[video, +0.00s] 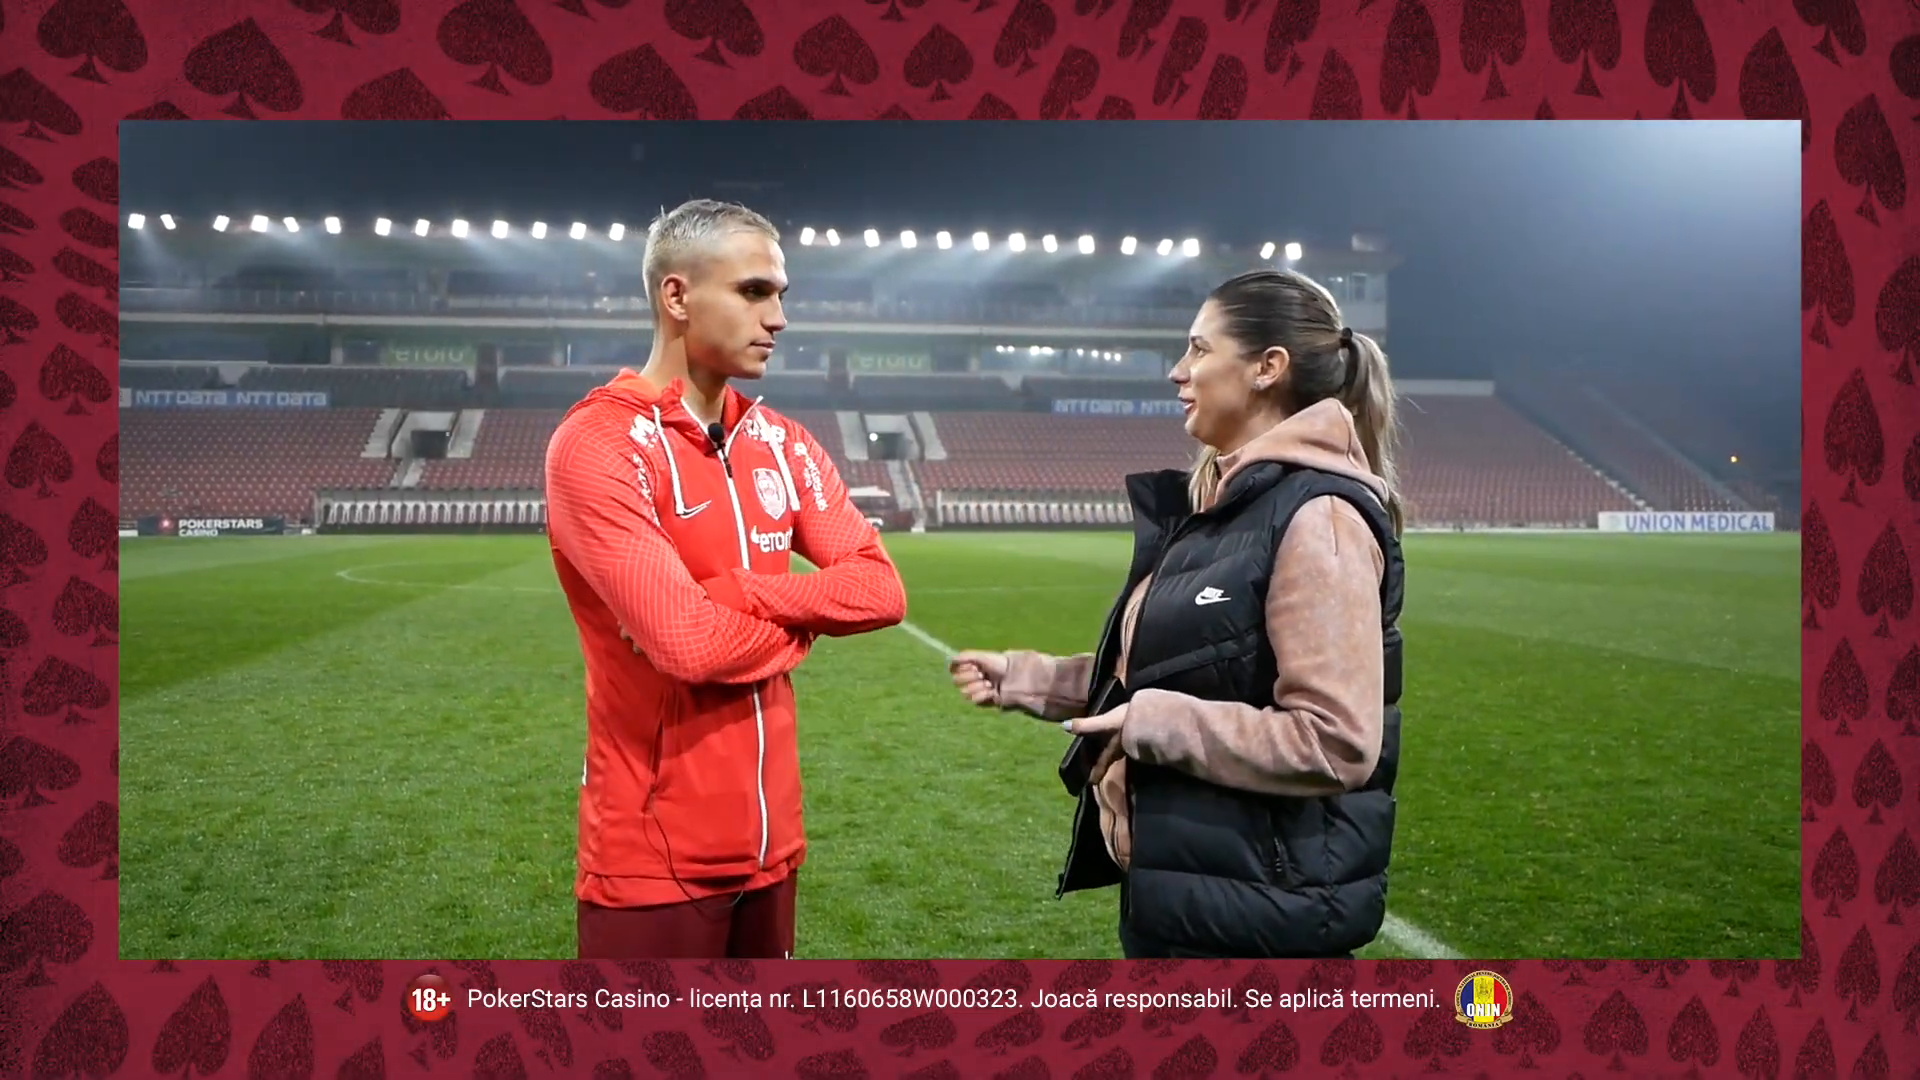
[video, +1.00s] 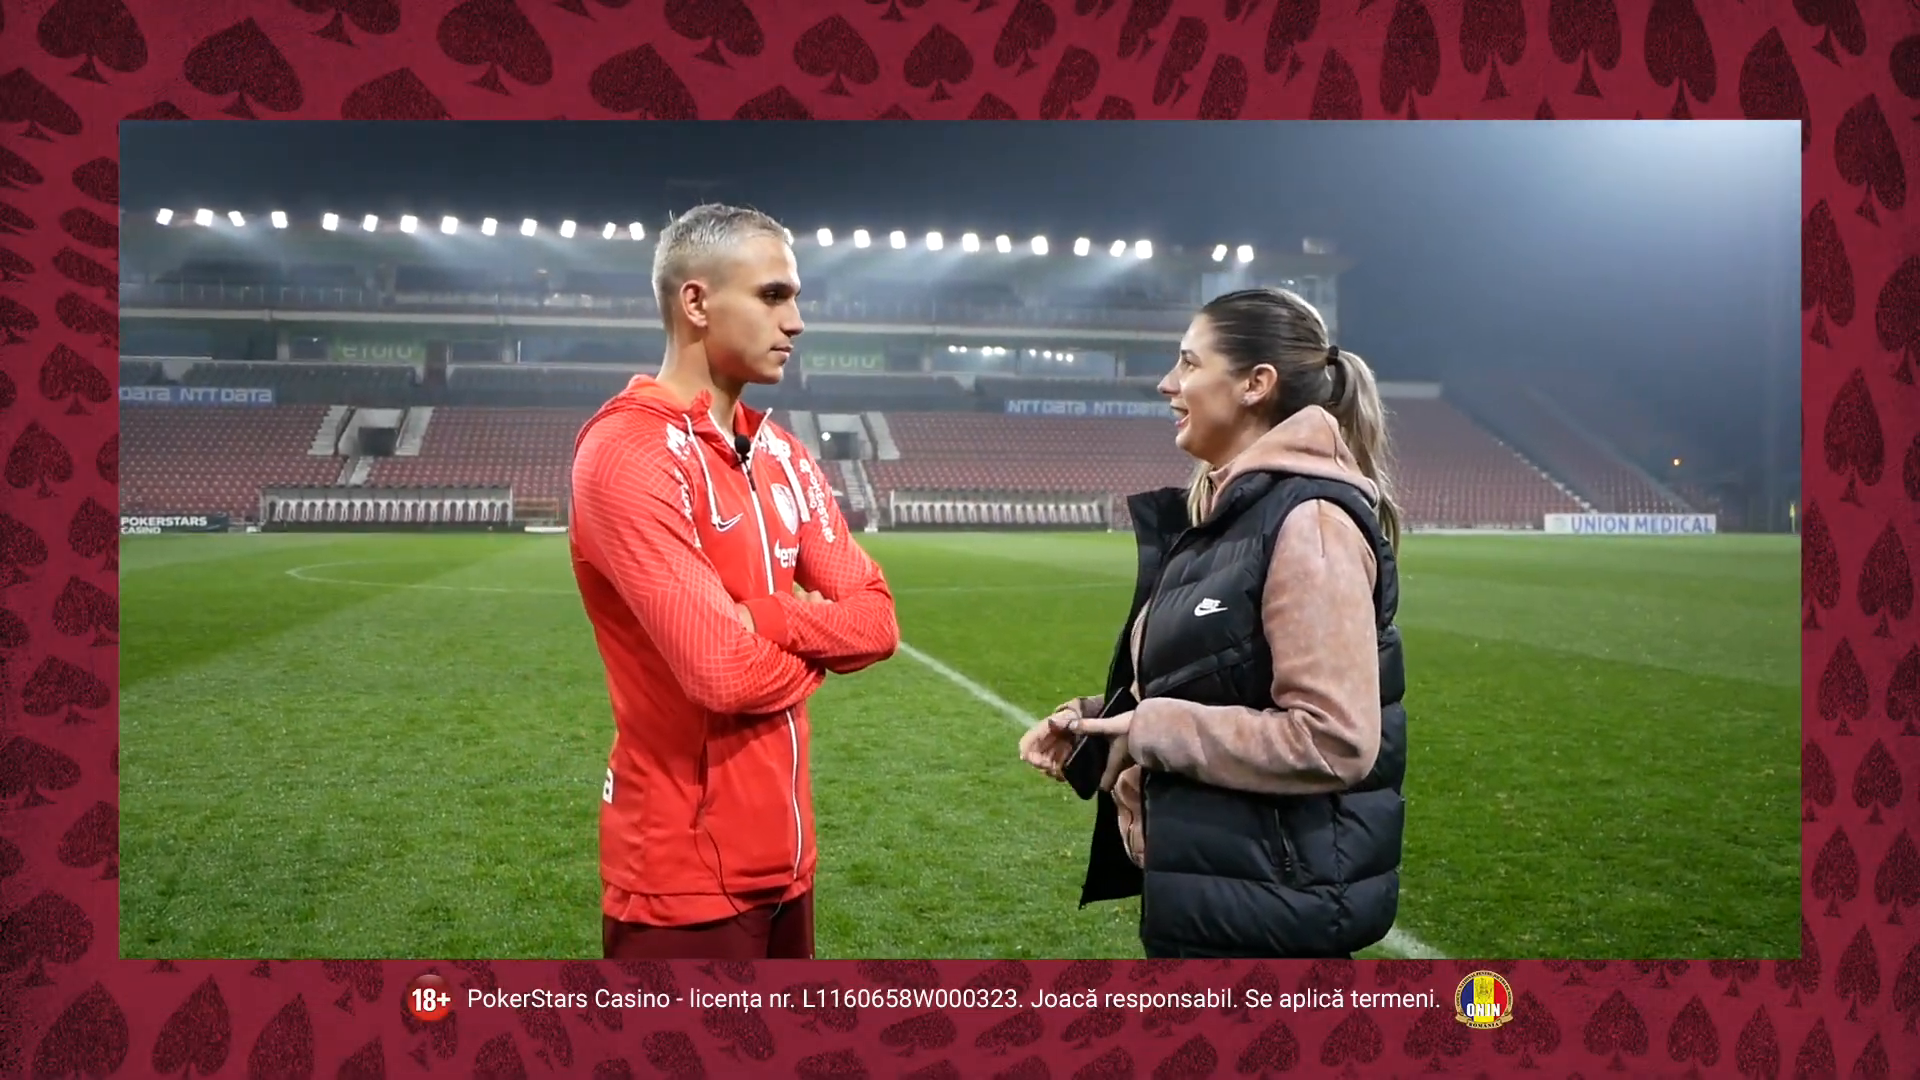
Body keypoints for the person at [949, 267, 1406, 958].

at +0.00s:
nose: (1177, 373)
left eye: (1199, 350)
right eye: (1186, 351)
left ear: (1269, 366)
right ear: (1260, 367)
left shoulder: (1321, 518)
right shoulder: (1225, 502)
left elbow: (1335, 742)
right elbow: (1178, 687)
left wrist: (1159, 723)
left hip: (1255, 920)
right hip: (1186, 907)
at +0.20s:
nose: (1165, 370)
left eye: (1186, 347)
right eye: (1175, 349)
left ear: (1254, 369)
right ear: (1248, 371)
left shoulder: (1305, 518)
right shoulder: (1217, 504)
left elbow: (1322, 740)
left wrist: (1141, 720)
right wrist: (1112, 764)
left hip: (1252, 922)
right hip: (1187, 912)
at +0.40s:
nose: (1148, 363)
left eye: (1169, 340)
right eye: (1157, 341)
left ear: (1235, 364)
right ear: (1230, 366)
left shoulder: (1286, 509)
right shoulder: (1208, 497)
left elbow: (1310, 729)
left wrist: (1132, 718)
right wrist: (1108, 763)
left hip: (1258, 912)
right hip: (1200, 905)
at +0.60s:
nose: (1146, 371)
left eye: (1167, 350)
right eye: (1155, 350)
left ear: (1234, 373)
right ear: (1230, 375)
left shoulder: (1285, 512)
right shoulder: (1216, 501)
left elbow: (1310, 733)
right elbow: (1204, 688)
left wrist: (1133, 722)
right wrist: (1112, 785)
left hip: (1254, 913)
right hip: (1204, 905)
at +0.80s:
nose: (1154, 379)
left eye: (1174, 357)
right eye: (1163, 358)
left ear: (1243, 379)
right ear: (1237, 381)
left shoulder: (1295, 520)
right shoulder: (1221, 506)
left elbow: (1319, 739)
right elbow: (1206, 694)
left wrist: (1141, 729)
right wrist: (1106, 788)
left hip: (1262, 914)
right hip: (1207, 906)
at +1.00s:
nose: (1166, 385)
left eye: (1189, 364)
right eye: (1176, 364)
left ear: (1257, 384)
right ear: (1250, 384)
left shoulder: (1311, 523)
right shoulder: (1230, 512)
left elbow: (1333, 740)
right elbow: (1220, 695)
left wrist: (1157, 730)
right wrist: (1099, 725)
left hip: (1269, 919)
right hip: (1211, 909)